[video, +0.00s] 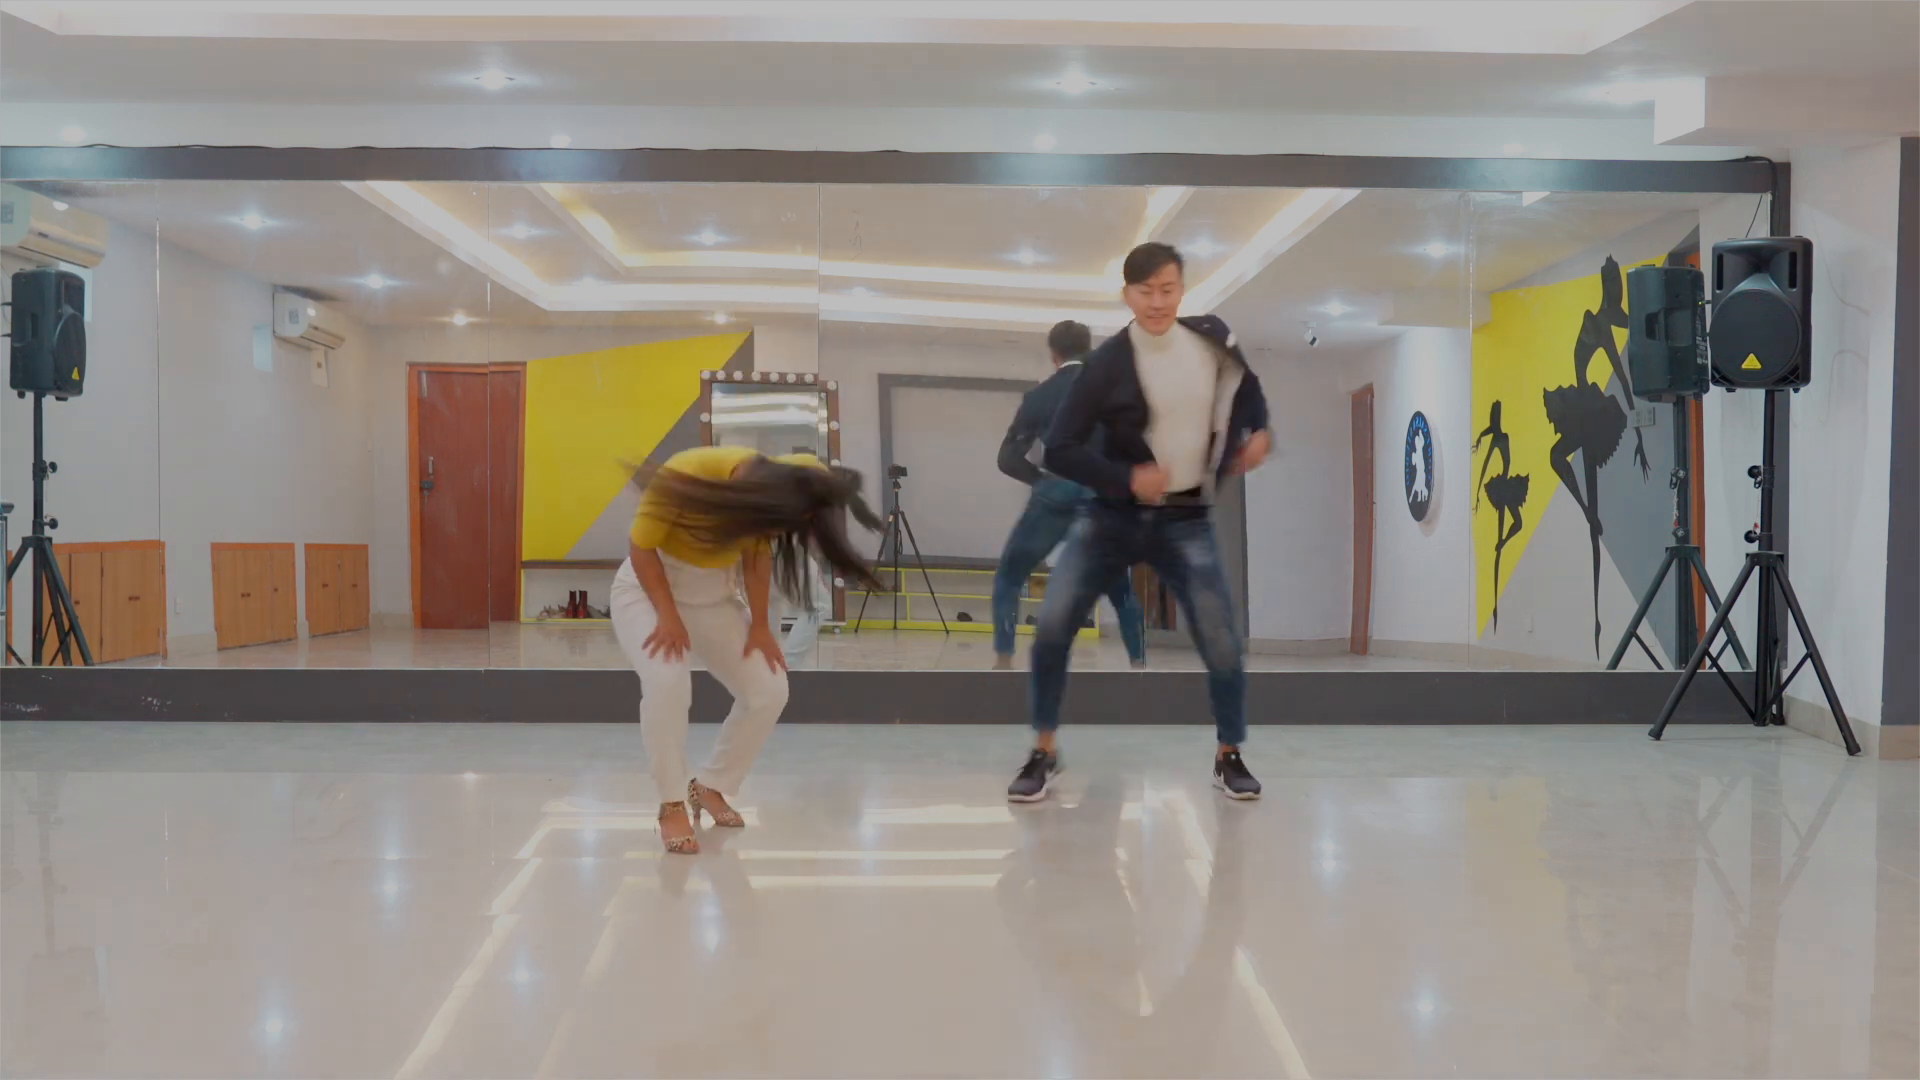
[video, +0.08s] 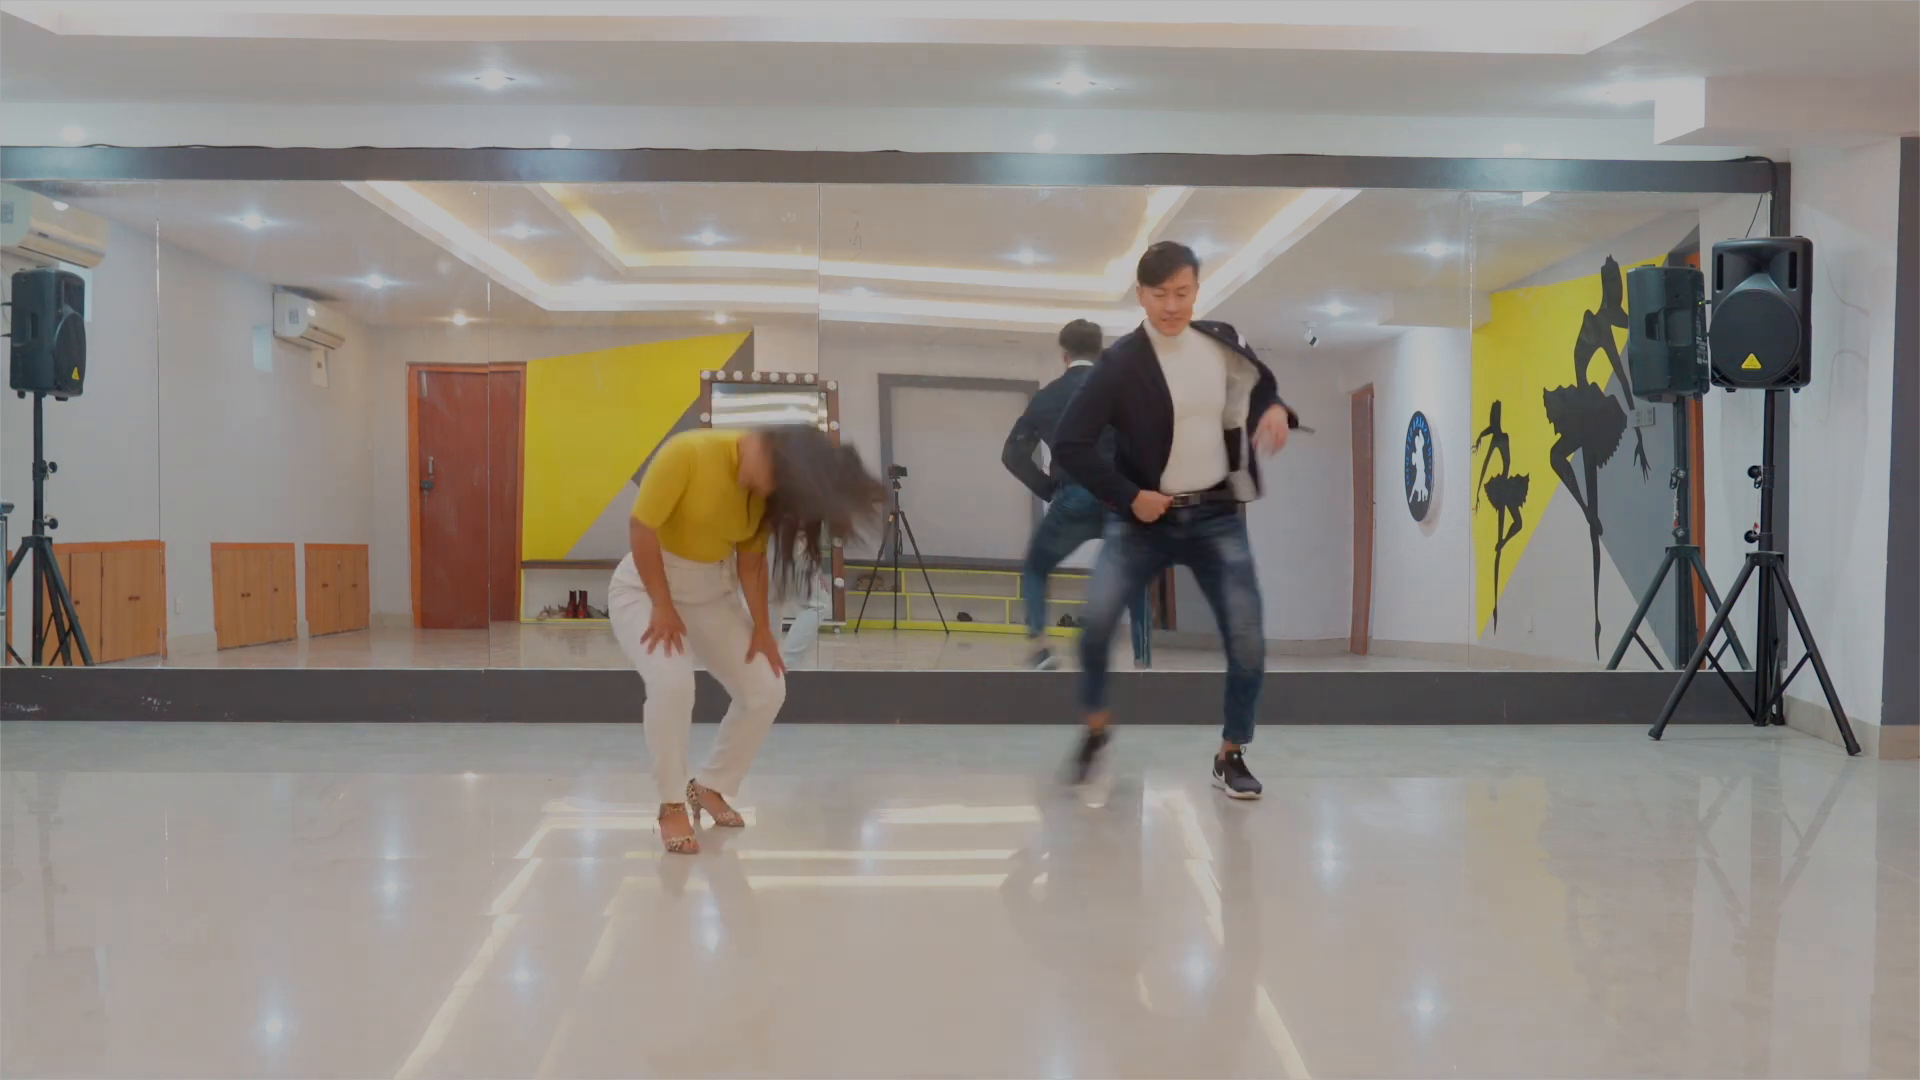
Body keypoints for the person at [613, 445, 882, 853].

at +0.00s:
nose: (780, 528)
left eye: (789, 524)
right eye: (781, 522)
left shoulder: (775, 486)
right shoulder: (682, 474)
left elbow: (757, 553)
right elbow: (641, 545)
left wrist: (760, 624)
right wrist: (668, 615)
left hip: (712, 593)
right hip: (646, 588)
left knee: (768, 689)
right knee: (667, 679)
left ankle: (710, 785)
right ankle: (673, 804)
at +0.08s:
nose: (770, 498)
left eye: (778, 496)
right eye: (776, 490)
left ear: (781, 479)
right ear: (776, 463)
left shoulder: (761, 487)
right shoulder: (686, 453)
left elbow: (753, 557)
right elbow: (641, 526)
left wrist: (762, 626)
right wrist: (662, 604)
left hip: (711, 593)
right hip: (645, 588)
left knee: (764, 689)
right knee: (673, 679)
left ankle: (710, 785)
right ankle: (672, 804)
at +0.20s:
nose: (775, 399)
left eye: (788, 405)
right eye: (776, 383)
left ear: (788, 426)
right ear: (751, 374)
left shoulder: (763, 467)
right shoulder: (679, 438)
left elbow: (758, 543)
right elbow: (634, 514)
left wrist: (761, 614)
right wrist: (656, 588)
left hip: (713, 589)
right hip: (648, 583)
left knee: (762, 688)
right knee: (680, 686)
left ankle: (711, 787)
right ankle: (674, 805)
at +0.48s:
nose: (727, 349)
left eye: (738, 343)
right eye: (715, 346)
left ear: (758, 367)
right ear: (701, 369)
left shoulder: (762, 431)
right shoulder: (680, 419)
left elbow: (755, 503)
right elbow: (618, 477)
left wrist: (751, 563)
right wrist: (647, 550)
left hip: (728, 578)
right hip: (664, 574)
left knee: (762, 688)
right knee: (679, 687)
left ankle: (710, 786)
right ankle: (673, 807)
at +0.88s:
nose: (718, 322)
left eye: (730, 313)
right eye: (708, 316)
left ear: (752, 331)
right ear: (695, 334)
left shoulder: (766, 394)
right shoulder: (676, 376)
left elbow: (779, 456)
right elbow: (601, 399)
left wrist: (762, 475)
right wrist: (653, 431)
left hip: (735, 549)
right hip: (672, 546)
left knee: (748, 676)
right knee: (678, 677)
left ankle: (711, 786)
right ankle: (674, 805)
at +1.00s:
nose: (717, 319)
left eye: (729, 310)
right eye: (708, 312)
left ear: (752, 322)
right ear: (695, 325)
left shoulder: (768, 384)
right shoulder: (677, 368)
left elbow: (810, 424)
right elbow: (597, 387)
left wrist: (810, 417)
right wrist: (649, 394)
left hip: (740, 543)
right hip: (675, 538)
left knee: (742, 670)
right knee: (681, 670)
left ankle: (713, 788)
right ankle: (679, 803)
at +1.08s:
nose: (718, 318)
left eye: (731, 309)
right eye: (708, 310)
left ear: (752, 322)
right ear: (695, 321)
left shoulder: (770, 384)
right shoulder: (678, 369)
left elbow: (823, 425)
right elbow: (597, 389)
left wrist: (817, 407)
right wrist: (648, 377)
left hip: (742, 546)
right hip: (676, 539)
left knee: (739, 671)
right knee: (683, 671)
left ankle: (714, 789)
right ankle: (684, 802)